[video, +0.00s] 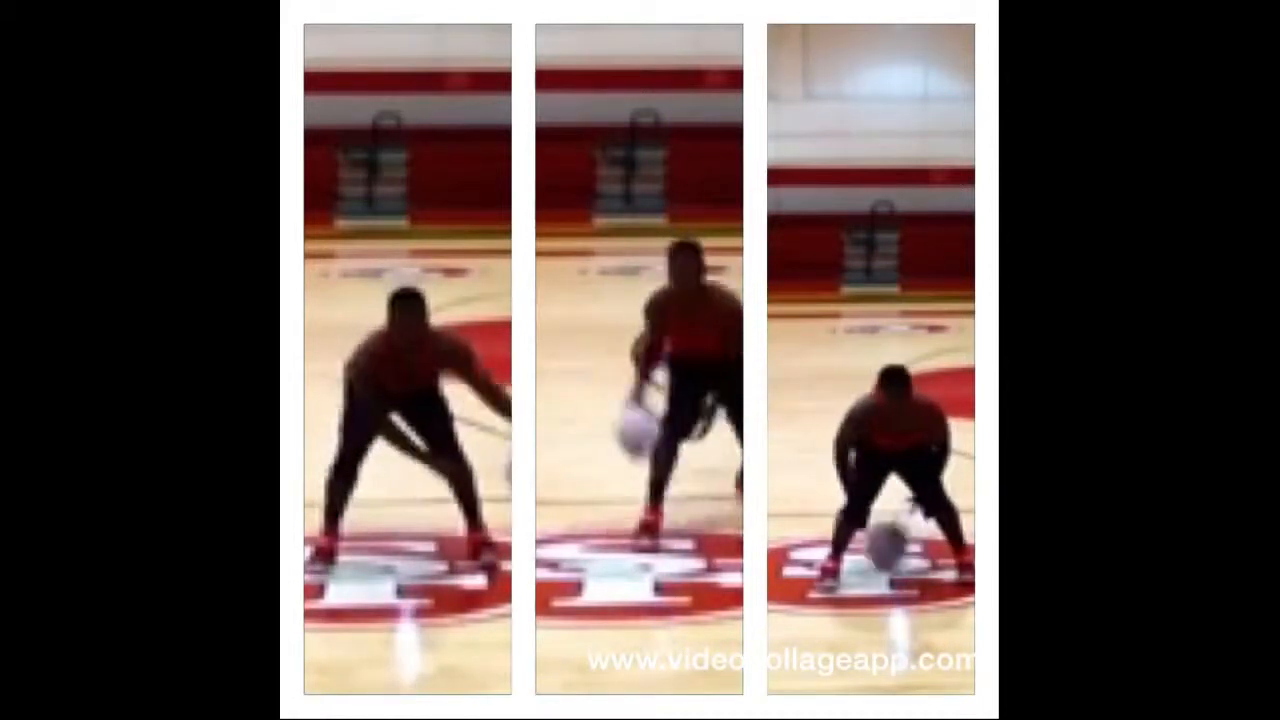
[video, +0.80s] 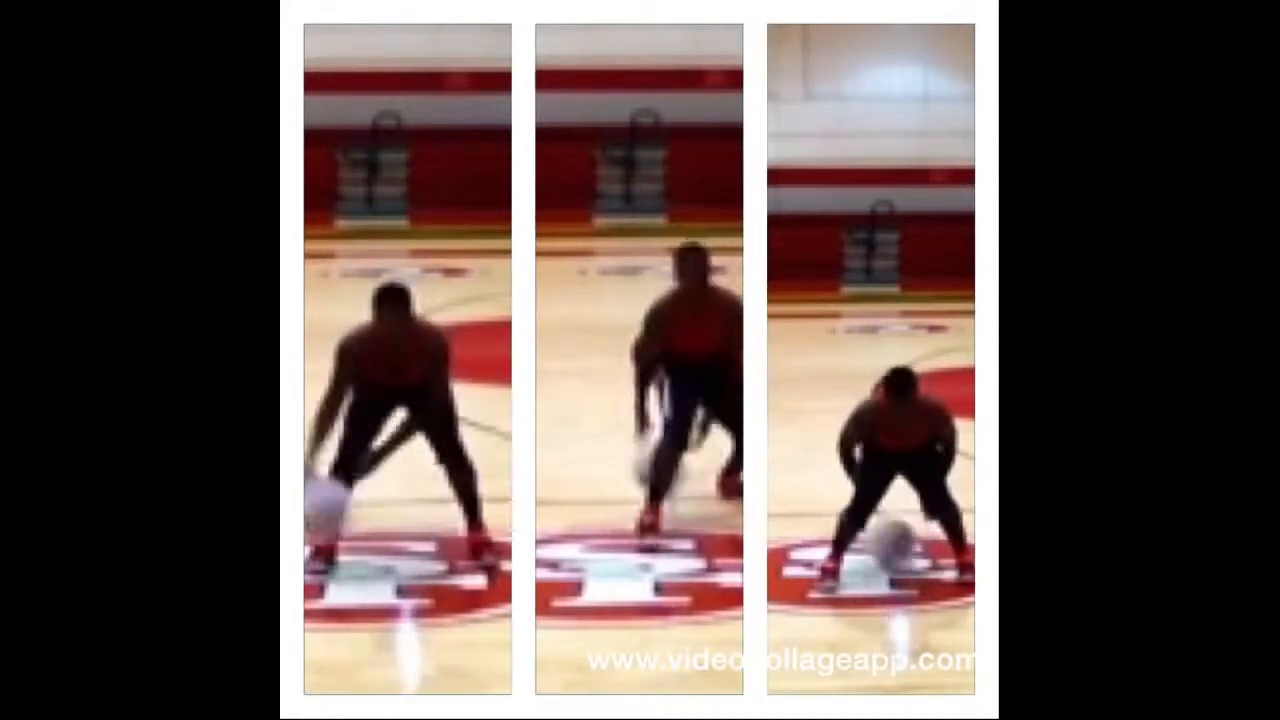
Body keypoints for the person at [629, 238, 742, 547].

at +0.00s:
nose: (681, 276)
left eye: (688, 269)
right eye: (676, 269)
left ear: (700, 269)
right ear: (669, 270)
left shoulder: (725, 305)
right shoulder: (662, 305)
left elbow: (741, 357)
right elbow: (652, 347)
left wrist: (722, 401)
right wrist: (640, 385)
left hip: (728, 371)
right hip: (687, 371)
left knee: (751, 436)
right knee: (669, 434)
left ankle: (746, 481)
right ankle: (653, 508)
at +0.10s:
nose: (682, 267)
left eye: (689, 260)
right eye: (677, 260)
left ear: (704, 260)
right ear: (671, 259)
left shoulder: (726, 295)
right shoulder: (660, 287)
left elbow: (749, 343)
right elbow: (634, 320)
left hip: (729, 359)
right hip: (686, 357)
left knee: (742, 425)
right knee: (659, 429)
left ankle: (764, 495)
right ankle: (650, 506)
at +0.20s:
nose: (690, 267)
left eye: (697, 261)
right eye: (686, 259)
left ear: (710, 261)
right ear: (679, 260)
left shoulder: (731, 298)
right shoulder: (663, 291)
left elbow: (751, 345)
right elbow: (637, 327)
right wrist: (614, 361)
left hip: (726, 362)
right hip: (683, 357)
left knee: (734, 430)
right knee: (644, 426)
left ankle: (754, 490)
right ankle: (653, 487)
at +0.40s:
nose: (701, 273)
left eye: (707, 265)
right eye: (694, 266)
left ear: (717, 267)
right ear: (685, 269)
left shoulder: (735, 306)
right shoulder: (669, 311)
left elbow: (743, 363)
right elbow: (670, 372)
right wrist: (695, 417)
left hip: (720, 378)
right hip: (676, 377)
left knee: (733, 435)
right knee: (632, 433)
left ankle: (753, 496)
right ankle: (646, 488)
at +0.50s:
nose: (710, 261)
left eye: (715, 253)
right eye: (703, 254)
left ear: (723, 253)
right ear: (691, 255)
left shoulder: (735, 285)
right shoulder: (671, 293)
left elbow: (752, 323)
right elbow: (653, 352)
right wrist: (666, 404)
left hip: (717, 354)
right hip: (673, 355)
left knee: (736, 418)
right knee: (646, 412)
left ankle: (754, 483)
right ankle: (643, 479)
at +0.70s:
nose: (696, 271)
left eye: (702, 262)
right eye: (690, 263)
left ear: (712, 261)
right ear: (680, 263)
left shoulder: (732, 297)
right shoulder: (664, 303)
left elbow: (752, 347)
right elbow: (639, 355)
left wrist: (752, 396)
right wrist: (635, 407)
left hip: (721, 363)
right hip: (676, 365)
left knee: (741, 428)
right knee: (662, 434)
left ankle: (733, 474)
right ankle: (650, 506)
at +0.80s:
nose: (694, 279)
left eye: (699, 271)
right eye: (688, 272)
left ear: (709, 271)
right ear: (678, 273)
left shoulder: (728, 308)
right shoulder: (664, 311)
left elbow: (735, 366)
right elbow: (644, 359)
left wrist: (710, 414)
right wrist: (642, 406)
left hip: (718, 377)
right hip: (680, 378)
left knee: (748, 430)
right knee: (676, 436)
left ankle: (731, 476)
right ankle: (652, 505)